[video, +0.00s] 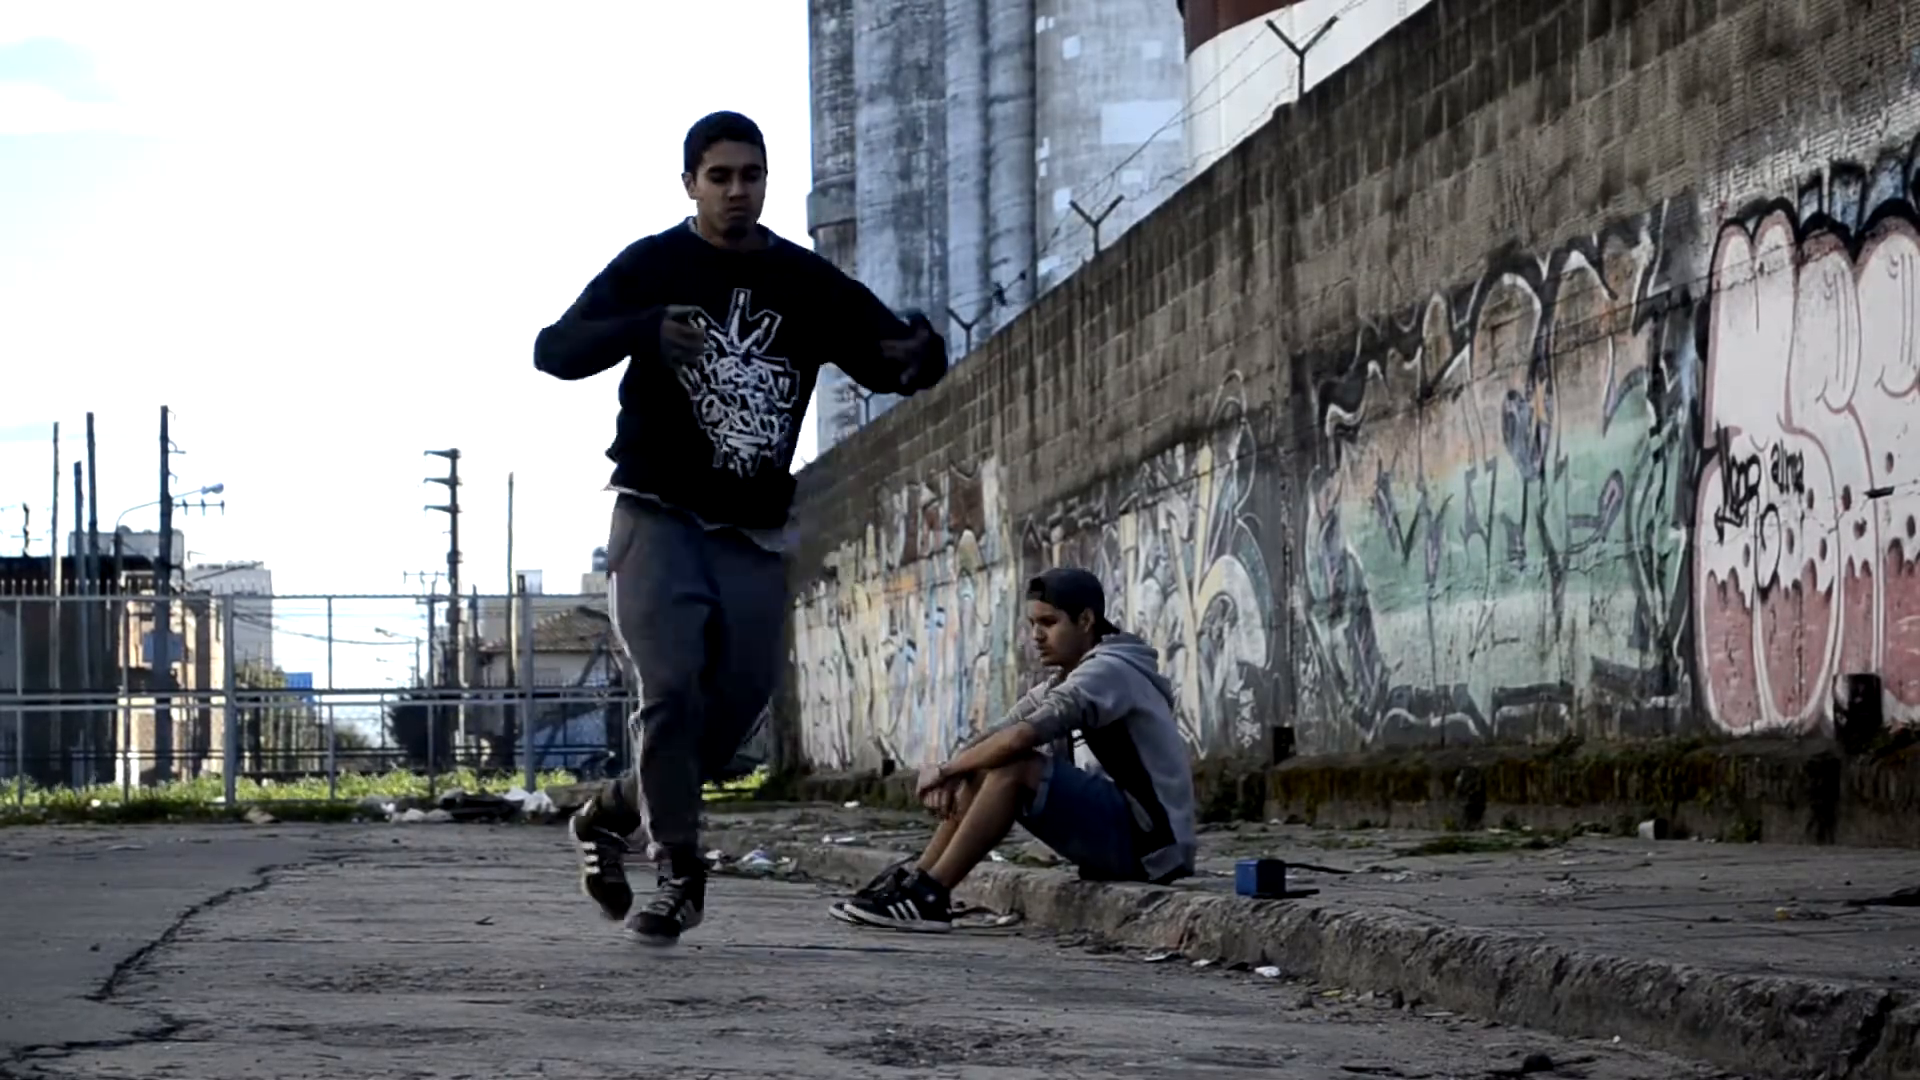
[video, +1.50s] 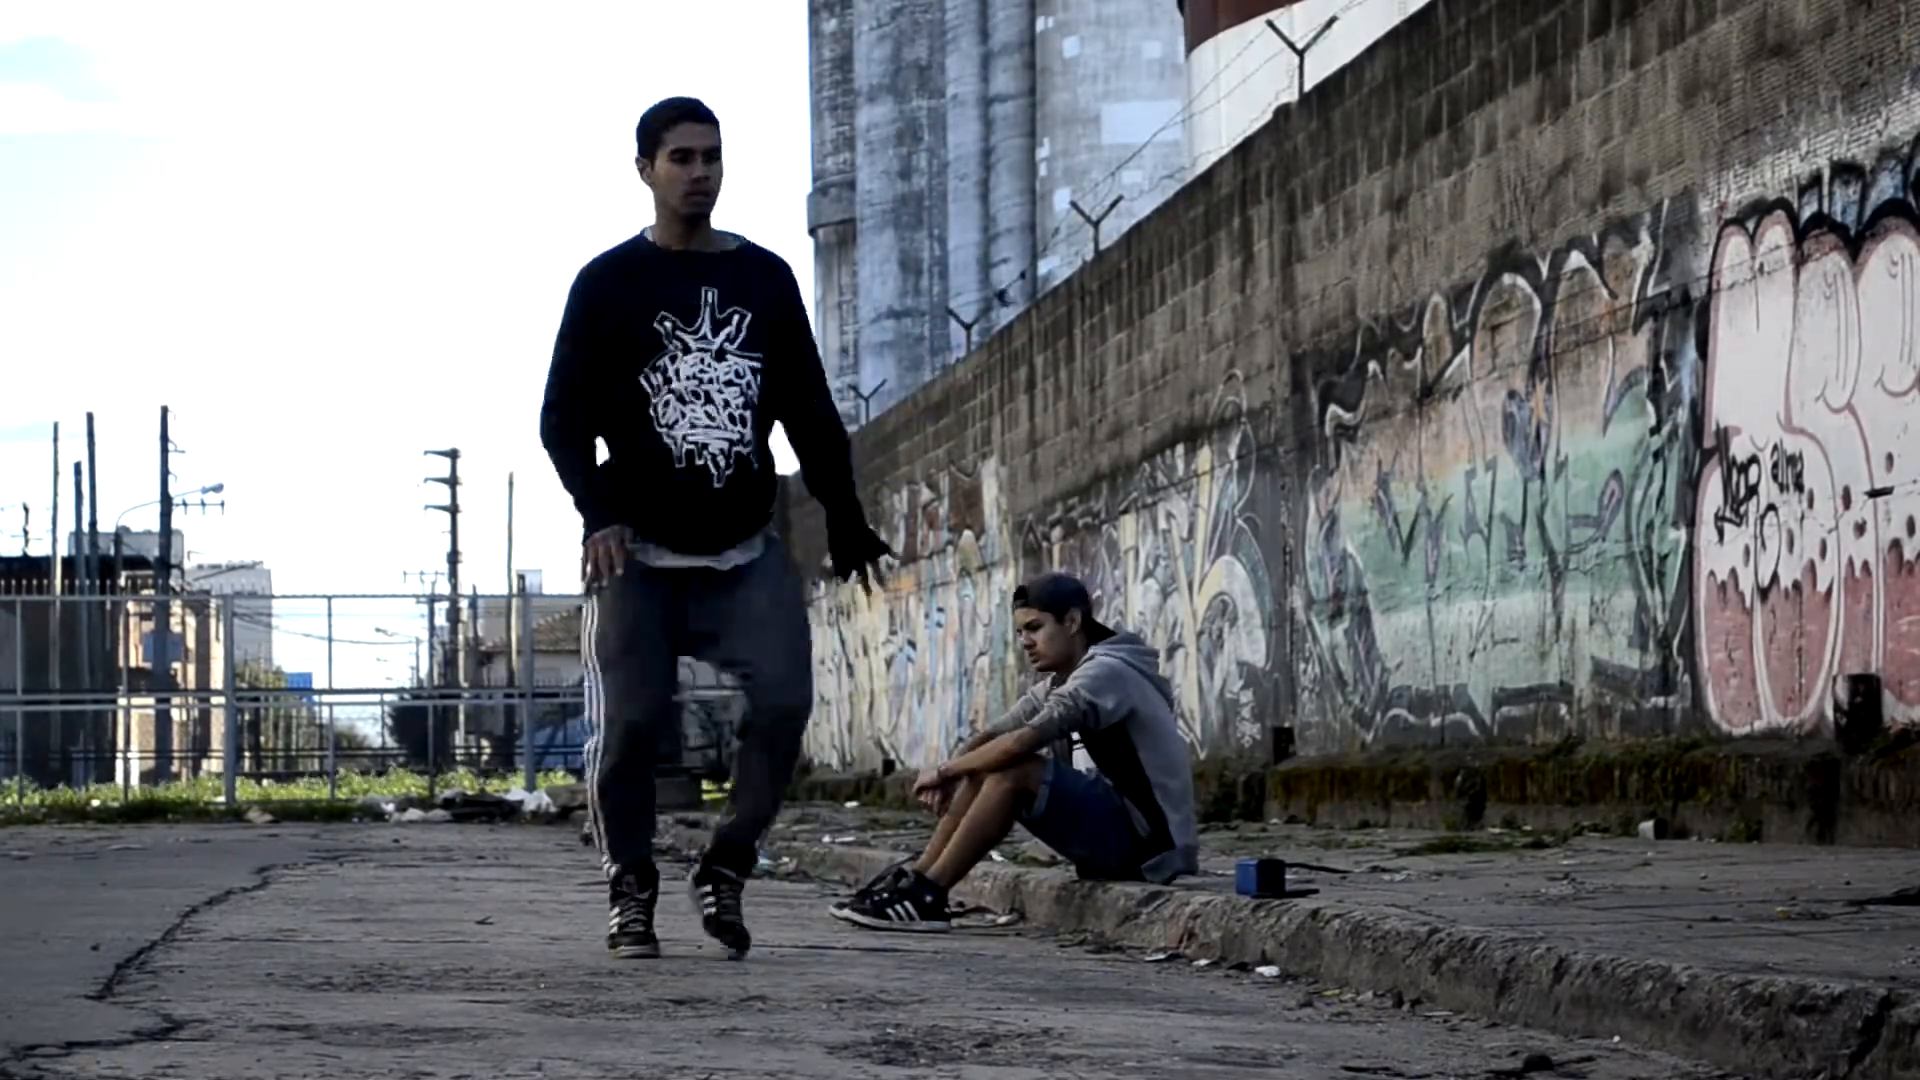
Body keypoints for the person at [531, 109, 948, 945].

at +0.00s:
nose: (738, 191)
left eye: (752, 176)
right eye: (721, 177)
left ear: (768, 182)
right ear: (691, 185)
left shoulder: (807, 279)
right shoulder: (653, 265)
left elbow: (899, 362)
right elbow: (556, 352)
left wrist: (924, 350)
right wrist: (644, 329)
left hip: (757, 531)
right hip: (659, 518)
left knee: (735, 712)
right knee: (667, 691)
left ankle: (605, 822)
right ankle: (679, 877)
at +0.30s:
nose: (692, 204)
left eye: (705, 189)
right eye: (675, 190)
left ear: (722, 199)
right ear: (645, 201)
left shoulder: (770, 307)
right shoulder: (608, 313)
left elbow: (798, 444)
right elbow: (589, 443)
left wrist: (819, 573)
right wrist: (600, 551)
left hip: (744, 566)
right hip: (633, 563)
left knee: (723, 741)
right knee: (628, 738)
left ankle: (687, 758)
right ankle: (664, 897)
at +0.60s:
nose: (726, 211)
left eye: (739, 196)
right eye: (708, 198)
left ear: (758, 207)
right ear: (680, 211)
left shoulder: (799, 319)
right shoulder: (640, 295)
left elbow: (839, 459)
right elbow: (544, 340)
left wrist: (850, 586)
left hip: (782, 558)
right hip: (672, 570)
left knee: (802, 701)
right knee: (640, 766)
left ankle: (836, 894)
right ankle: (682, 897)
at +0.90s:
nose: (766, 291)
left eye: (770, 277)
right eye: (744, 279)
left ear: (777, 292)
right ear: (699, 304)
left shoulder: (835, 389)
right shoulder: (660, 388)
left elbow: (962, 413)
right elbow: (570, 323)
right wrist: (636, 243)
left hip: (794, 634)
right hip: (689, 661)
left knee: (800, 700)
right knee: (616, 858)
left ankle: (843, 911)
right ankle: (688, 887)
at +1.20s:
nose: (743, 187)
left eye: (746, 174)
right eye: (723, 176)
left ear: (753, 188)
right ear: (678, 193)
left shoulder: (798, 292)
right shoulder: (635, 294)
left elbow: (864, 407)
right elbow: (515, 357)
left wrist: (887, 315)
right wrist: (601, 263)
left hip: (780, 553)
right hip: (671, 559)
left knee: (796, 715)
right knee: (629, 750)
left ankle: (822, 898)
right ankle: (677, 890)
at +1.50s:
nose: (700, 172)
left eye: (711, 157)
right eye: (682, 158)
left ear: (724, 170)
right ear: (647, 170)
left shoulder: (766, 278)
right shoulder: (606, 283)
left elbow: (809, 407)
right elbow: (562, 416)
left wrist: (845, 515)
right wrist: (595, 513)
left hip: (746, 546)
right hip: (638, 549)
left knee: (785, 700)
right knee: (632, 723)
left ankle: (727, 865)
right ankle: (631, 891)